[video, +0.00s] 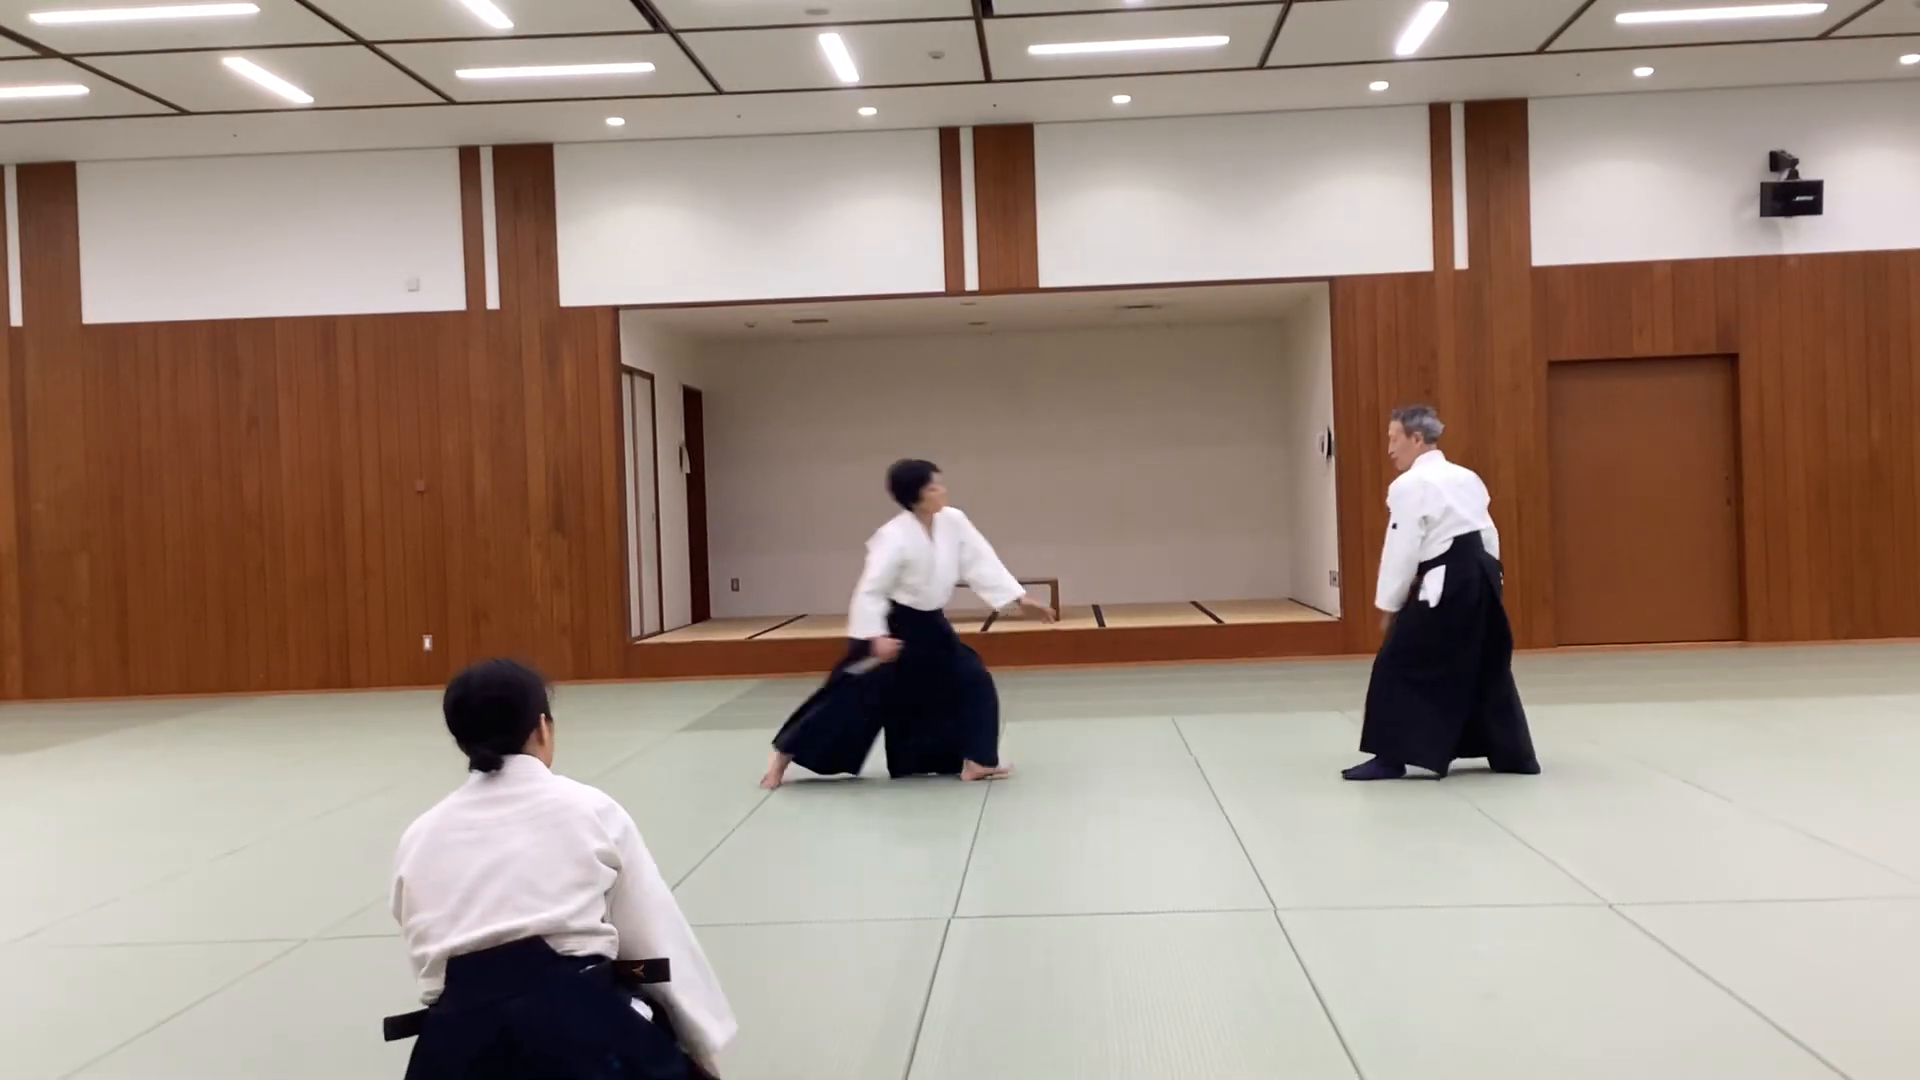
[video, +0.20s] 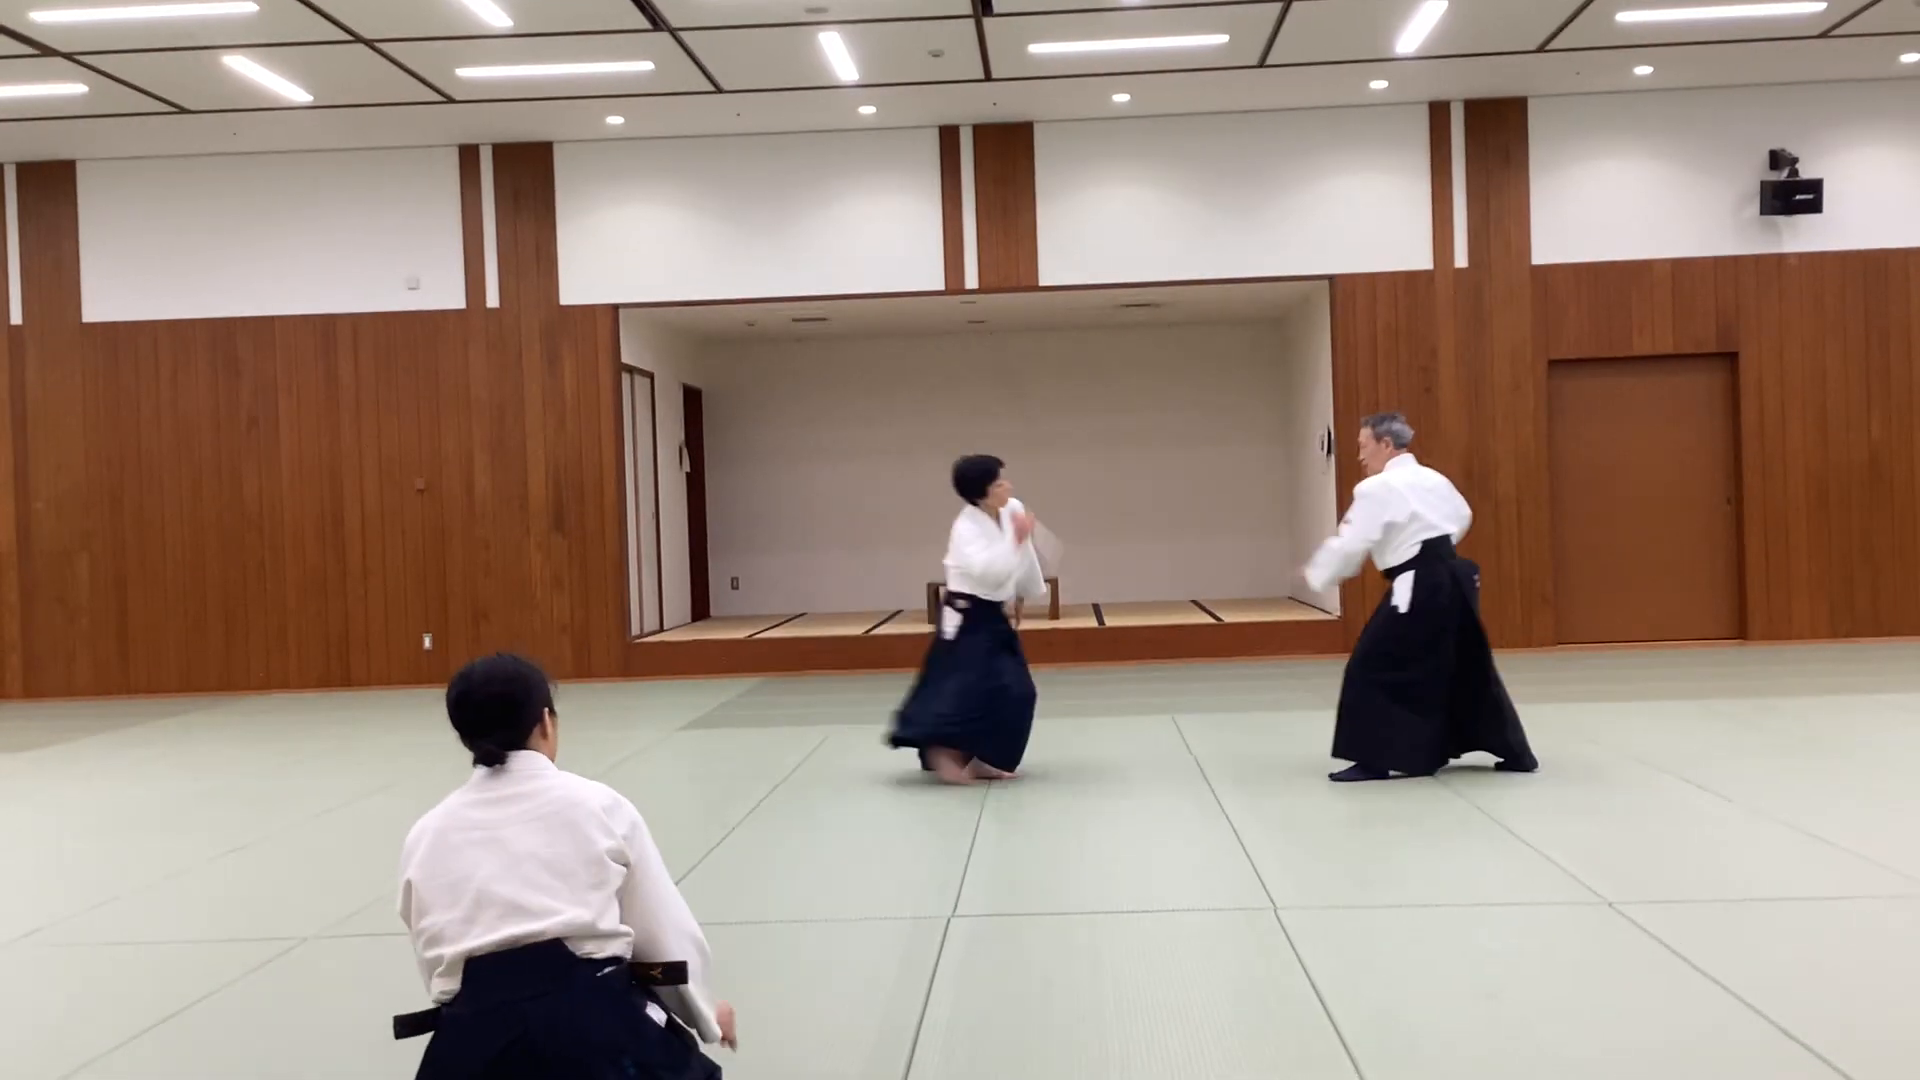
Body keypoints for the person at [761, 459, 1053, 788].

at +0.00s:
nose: (942, 490)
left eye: (939, 484)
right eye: (933, 487)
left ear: (934, 492)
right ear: (915, 497)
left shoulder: (953, 522)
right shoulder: (894, 536)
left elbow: (983, 563)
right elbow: (870, 590)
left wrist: (1021, 599)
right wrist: (877, 635)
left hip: (933, 624)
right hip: (895, 624)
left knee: (975, 680)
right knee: (853, 691)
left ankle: (977, 761)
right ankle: (787, 749)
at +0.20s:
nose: (1007, 484)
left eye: (1003, 478)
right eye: (999, 481)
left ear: (989, 490)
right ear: (984, 492)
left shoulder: (1009, 513)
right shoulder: (967, 527)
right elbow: (990, 573)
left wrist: (1026, 537)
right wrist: (1016, 540)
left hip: (994, 617)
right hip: (965, 618)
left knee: (1019, 690)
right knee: (972, 686)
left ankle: (987, 759)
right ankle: (943, 752)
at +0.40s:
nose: (1060, 444)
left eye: (1053, 443)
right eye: (1054, 445)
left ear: (1035, 471)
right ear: (1053, 466)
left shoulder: (1036, 498)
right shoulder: (1056, 505)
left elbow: (1025, 523)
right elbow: (1086, 489)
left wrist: (1014, 545)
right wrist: (1065, 450)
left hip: (1035, 601)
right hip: (1057, 607)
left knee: (1037, 684)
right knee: (1107, 680)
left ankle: (984, 755)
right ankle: (1156, 762)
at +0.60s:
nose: (1123, 436)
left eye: (1119, 430)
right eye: (1119, 432)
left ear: (1081, 444)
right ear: (1109, 440)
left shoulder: (1067, 479)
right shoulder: (1130, 471)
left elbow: (1046, 528)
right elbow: (1184, 454)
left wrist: (1027, 566)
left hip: (1080, 585)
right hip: (1119, 583)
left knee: (1092, 673)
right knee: (1155, 666)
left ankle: (1055, 734)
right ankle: (1165, 761)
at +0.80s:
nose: (1142, 429)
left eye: (1140, 423)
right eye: (1140, 424)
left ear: (1099, 429)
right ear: (1131, 427)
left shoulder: (1084, 471)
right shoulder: (1144, 458)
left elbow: (1067, 521)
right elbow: (1193, 445)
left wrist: (1050, 562)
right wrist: (1237, 421)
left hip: (1108, 570)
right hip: (1150, 566)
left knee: (1118, 657)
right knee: (1181, 655)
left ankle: (1111, 747)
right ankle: (1174, 754)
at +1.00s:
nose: (1200, 454)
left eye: (1198, 447)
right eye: (1199, 447)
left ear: (1157, 440)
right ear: (1189, 446)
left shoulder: (1126, 475)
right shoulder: (1186, 483)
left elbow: (1092, 514)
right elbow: (1232, 511)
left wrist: (1064, 547)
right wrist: (1260, 516)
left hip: (1124, 585)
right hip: (1166, 586)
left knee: (1127, 669)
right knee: (1218, 663)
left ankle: (1109, 754)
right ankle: (1244, 753)